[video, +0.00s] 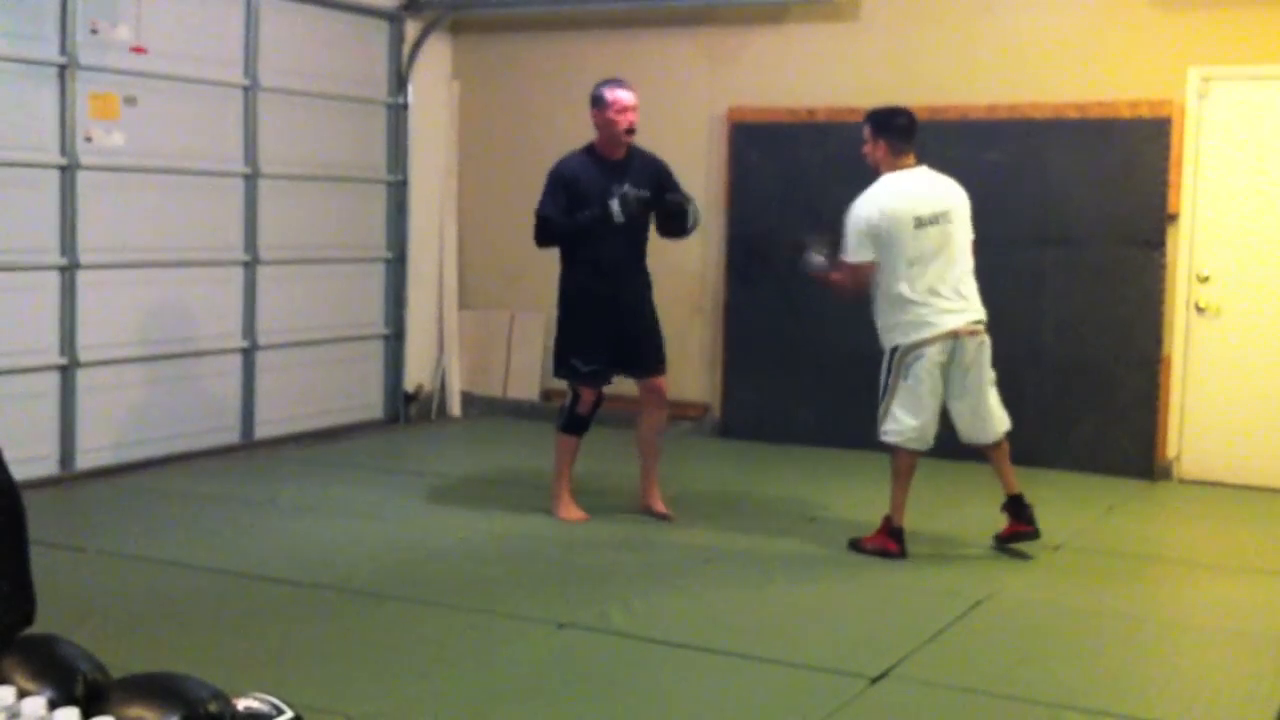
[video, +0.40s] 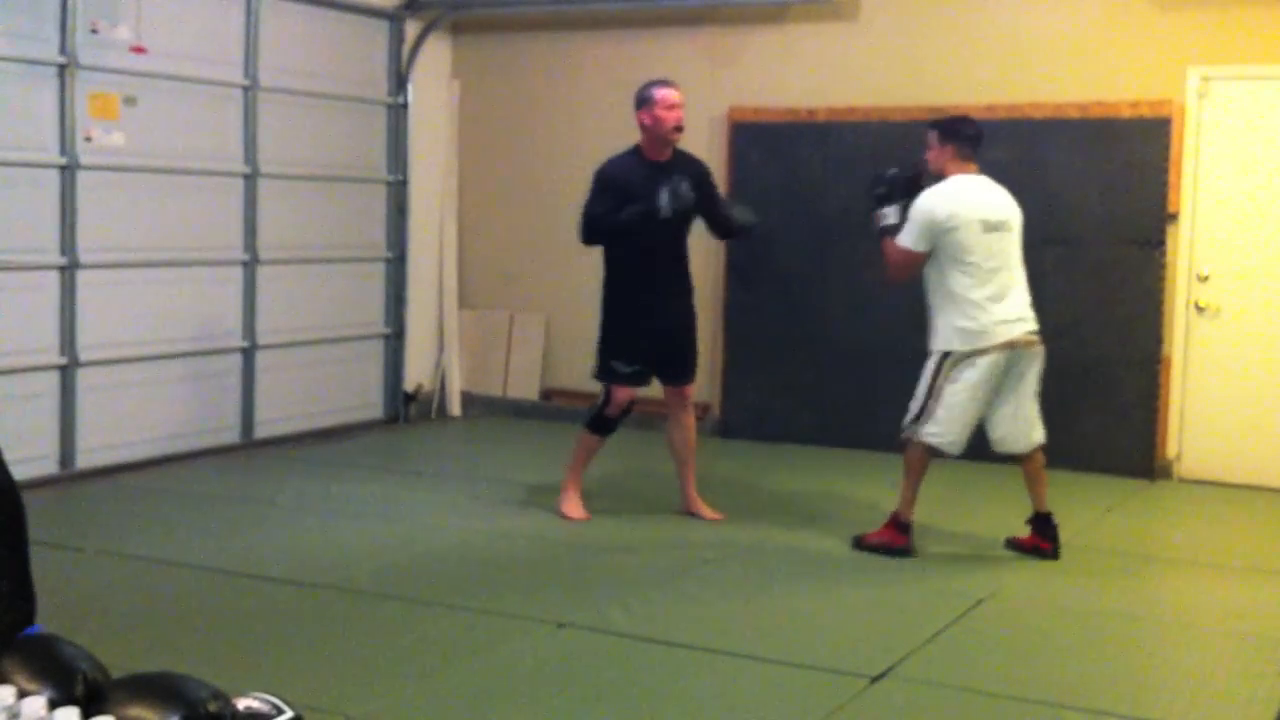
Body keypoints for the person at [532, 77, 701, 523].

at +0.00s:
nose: (630, 119)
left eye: (633, 110)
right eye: (620, 111)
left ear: (638, 114)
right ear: (596, 117)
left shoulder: (649, 168)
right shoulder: (570, 171)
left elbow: (673, 226)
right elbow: (544, 234)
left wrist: (676, 210)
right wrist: (602, 214)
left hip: (633, 296)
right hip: (585, 299)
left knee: (655, 391)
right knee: (585, 395)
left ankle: (650, 491)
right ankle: (562, 493)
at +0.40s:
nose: (680, 116)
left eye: (681, 108)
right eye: (669, 109)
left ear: (680, 114)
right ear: (643, 117)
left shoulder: (691, 170)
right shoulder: (616, 173)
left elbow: (721, 224)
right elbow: (591, 232)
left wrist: (738, 221)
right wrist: (649, 211)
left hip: (674, 298)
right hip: (626, 299)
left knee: (681, 397)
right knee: (619, 399)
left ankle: (690, 496)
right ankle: (571, 486)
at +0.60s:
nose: (690, 115)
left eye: (692, 106)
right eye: (681, 106)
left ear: (694, 111)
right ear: (655, 112)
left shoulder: (703, 167)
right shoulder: (631, 168)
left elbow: (733, 225)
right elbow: (636, 216)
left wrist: (763, 201)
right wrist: (678, 159)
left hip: (686, 296)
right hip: (641, 296)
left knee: (686, 396)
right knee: (646, 396)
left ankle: (691, 494)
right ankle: (618, 490)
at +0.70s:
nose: (693, 117)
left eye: (695, 109)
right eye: (684, 109)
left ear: (693, 114)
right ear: (657, 114)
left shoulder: (697, 164)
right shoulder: (633, 170)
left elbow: (719, 226)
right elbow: (642, 217)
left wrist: (751, 211)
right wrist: (685, 158)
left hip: (690, 296)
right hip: (645, 298)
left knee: (707, 392)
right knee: (650, 399)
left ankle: (695, 494)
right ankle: (621, 496)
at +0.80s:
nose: (694, 125)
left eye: (696, 118)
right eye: (686, 117)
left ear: (690, 120)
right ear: (659, 118)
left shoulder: (694, 169)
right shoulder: (635, 173)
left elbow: (711, 229)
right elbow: (647, 217)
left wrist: (743, 229)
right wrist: (699, 168)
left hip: (691, 299)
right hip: (646, 302)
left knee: (730, 383)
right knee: (649, 401)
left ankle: (708, 483)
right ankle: (621, 494)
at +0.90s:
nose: (700, 127)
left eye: (702, 119)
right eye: (693, 119)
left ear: (695, 122)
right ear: (666, 118)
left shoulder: (697, 168)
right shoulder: (640, 173)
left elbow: (705, 228)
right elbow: (656, 221)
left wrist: (740, 227)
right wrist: (701, 169)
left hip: (695, 298)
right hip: (650, 301)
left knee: (739, 382)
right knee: (652, 400)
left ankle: (733, 487)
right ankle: (621, 495)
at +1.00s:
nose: (715, 129)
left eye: (719, 121)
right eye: (707, 120)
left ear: (718, 123)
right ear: (680, 118)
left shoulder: (710, 168)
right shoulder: (654, 171)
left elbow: (730, 222)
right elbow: (673, 222)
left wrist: (768, 195)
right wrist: (706, 162)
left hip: (706, 298)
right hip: (661, 300)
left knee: (738, 392)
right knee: (656, 399)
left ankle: (771, 496)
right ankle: (621, 494)